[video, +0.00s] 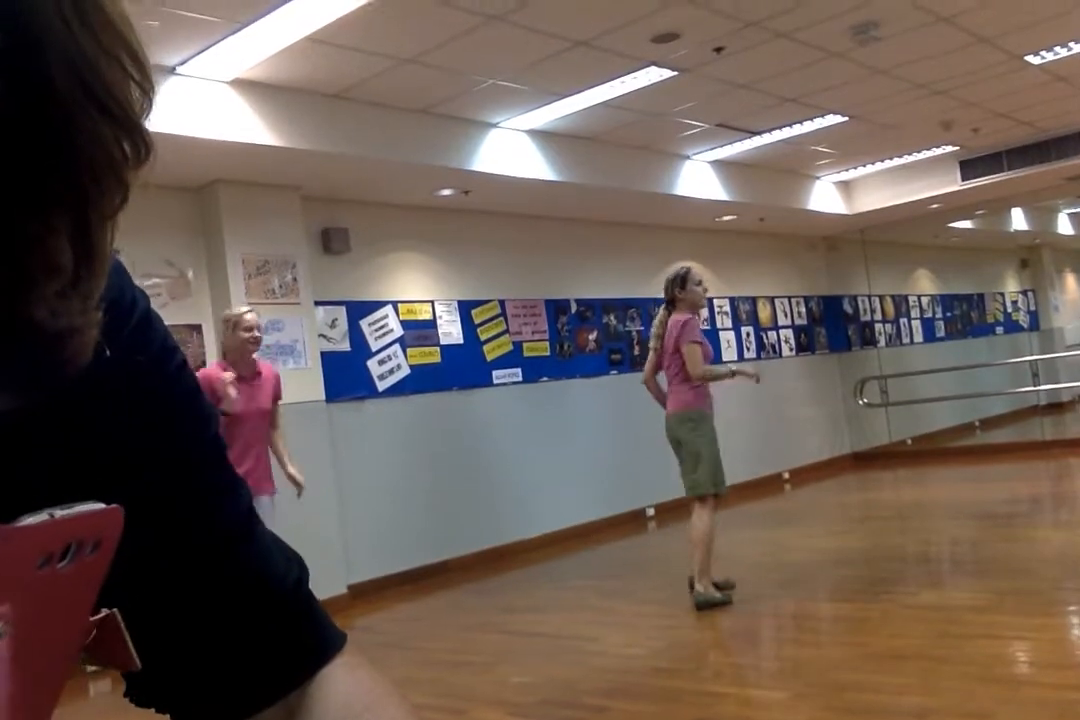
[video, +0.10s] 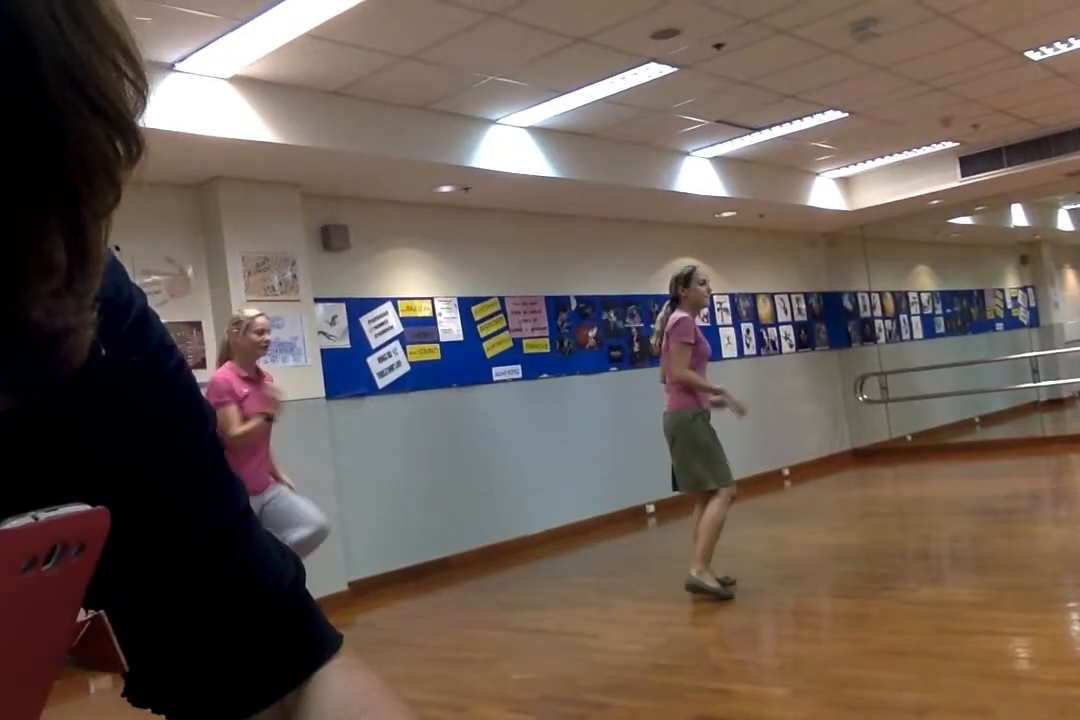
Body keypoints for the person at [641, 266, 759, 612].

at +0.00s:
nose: (704, 290)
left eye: (702, 285)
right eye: (698, 286)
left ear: (679, 294)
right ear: (681, 292)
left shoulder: (667, 325)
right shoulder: (687, 323)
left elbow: (649, 377)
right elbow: (697, 371)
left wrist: (670, 404)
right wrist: (735, 370)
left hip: (679, 414)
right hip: (693, 414)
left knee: (704, 500)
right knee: (705, 501)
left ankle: (702, 577)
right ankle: (702, 585)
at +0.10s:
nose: (710, 289)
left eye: (708, 283)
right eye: (703, 284)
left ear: (686, 291)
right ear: (684, 290)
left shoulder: (679, 323)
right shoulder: (683, 322)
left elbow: (668, 376)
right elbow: (677, 372)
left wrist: (710, 395)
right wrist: (720, 392)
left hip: (682, 416)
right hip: (688, 415)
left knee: (705, 497)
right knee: (725, 490)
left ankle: (704, 569)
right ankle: (700, 570)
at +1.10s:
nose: (711, 300)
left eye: (712, 295)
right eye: (706, 294)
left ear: (706, 300)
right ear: (687, 298)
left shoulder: (700, 333)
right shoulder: (677, 333)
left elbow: (711, 377)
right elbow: (658, 379)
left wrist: (749, 374)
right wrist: (674, 416)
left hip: (699, 420)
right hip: (687, 421)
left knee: (706, 495)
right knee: (721, 488)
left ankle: (705, 567)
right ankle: (705, 566)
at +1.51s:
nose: (726, 295)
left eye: (726, 290)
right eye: (720, 290)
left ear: (714, 297)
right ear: (700, 294)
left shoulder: (716, 329)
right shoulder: (680, 331)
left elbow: (713, 373)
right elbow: (674, 377)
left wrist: (720, 408)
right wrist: (695, 386)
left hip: (718, 417)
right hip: (692, 421)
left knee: (742, 486)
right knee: (704, 496)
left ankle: (721, 555)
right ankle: (704, 568)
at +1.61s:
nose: (732, 294)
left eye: (732, 289)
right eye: (726, 288)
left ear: (722, 295)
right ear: (706, 293)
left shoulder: (722, 328)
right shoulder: (690, 327)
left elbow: (715, 374)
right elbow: (688, 373)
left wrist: (725, 411)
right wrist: (718, 365)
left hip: (724, 416)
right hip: (698, 419)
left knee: (755, 485)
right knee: (708, 494)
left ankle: (751, 565)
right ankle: (705, 570)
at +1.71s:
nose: (741, 288)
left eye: (741, 283)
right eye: (735, 283)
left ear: (729, 291)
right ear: (714, 289)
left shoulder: (729, 323)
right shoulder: (703, 320)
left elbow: (724, 367)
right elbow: (699, 363)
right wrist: (733, 352)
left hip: (735, 414)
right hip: (708, 417)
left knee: (758, 489)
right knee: (705, 497)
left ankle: (778, 565)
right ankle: (705, 568)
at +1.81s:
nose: (749, 289)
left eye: (749, 284)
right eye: (743, 283)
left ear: (734, 290)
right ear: (723, 289)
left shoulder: (739, 325)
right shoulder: (715, 320)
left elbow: (734, 367)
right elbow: (715, 361)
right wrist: (748, 360)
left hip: (748, 415)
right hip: (722, 417)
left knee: (769, 490)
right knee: (720, 493)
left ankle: (777, 568)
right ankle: (706, 565)